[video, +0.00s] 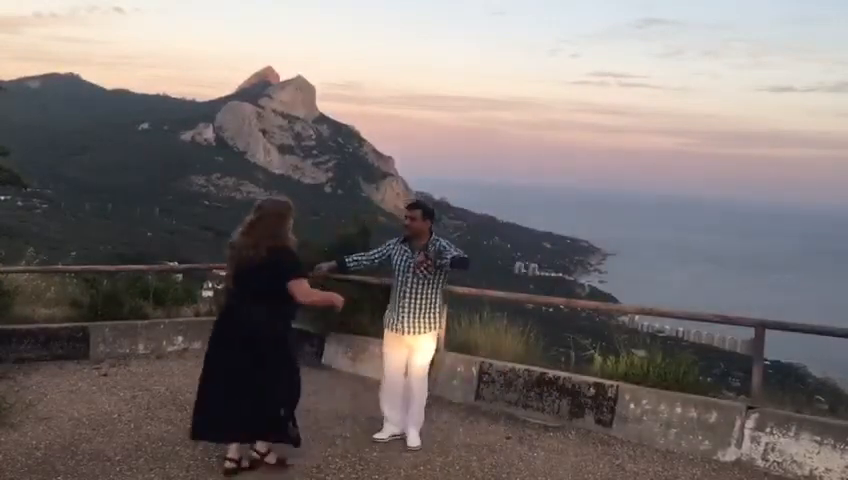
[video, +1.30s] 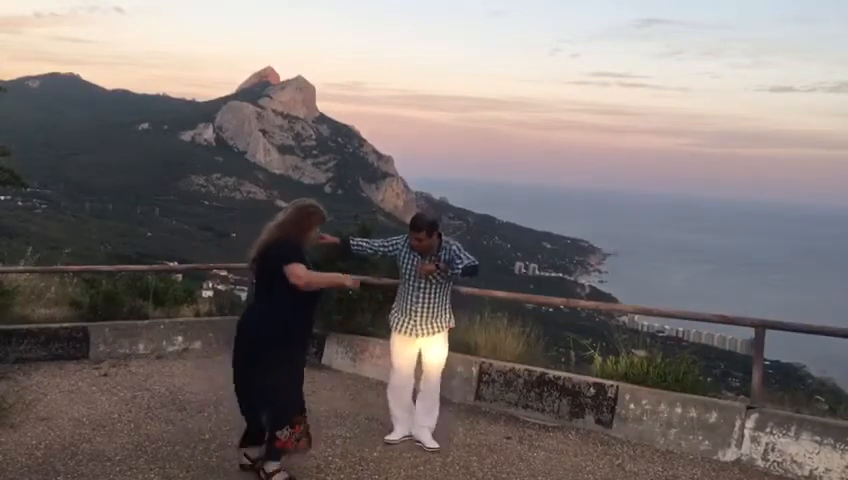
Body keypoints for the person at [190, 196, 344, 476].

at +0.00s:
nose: (292, 228)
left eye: (291, 222)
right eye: (290, 223)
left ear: (256, 220)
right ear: (282, 224)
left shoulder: (242, 251)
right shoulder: (282, 255)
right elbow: (302, 294)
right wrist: (331, 298)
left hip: (234, 333)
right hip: (267, 336)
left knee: (240, 390)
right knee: (273, 389)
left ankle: (233, 453)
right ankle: (262, 448)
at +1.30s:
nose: (317, 234)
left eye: (319, 229)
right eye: (317, 228)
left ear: (290, 219)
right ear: (305, 224)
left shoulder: (273, 245)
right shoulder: (287, 246)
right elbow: (299, 278)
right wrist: (342, 279)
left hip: (258, 334)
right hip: (278, 338)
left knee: (260, 392)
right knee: (285, 399)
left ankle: (250, 451)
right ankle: (272, 464)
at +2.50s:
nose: (346, 242)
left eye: (348, 237)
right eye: (343, 235)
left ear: (330, 234)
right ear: (326, 230)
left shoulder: (329, 266)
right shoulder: (298, 253)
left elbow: (335, 309)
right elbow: (294, 284)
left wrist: (358, 335)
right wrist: (332, 274)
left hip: (316, 352)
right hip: (283, 350)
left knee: (322, 412)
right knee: (290, 412)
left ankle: (295, 460)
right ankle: (285, 468)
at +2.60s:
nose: (346, 243)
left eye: (347, 237)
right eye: (342, 236)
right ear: (323, 233)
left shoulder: (334, 266)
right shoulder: (297, 257)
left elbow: (348, 305)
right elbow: (290, 286)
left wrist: (376, 329)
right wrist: (337, 282)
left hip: (322, 351)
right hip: (287, 350)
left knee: (331, 413)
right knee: (290, 407)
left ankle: (307, 456)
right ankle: (283, 458)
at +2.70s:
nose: (346, 237)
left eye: (349, 232)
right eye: (341, 230)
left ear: (352, 235)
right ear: (325, 228)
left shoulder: (346, 264)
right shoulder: (301, 254)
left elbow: (361, 293)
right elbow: (293, 290)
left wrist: (397, 310)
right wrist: (339, 297)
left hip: (327, 347)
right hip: (289, 347)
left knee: (332, 411)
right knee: (290, 411)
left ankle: (313, 458)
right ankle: (284, 466)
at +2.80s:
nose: (347, 233)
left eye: (351, 228)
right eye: (341, 226)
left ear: (355, 231)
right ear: (327, 224)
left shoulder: (352, 263)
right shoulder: (304, 252)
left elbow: (379, 284)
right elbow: (295, 294)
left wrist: (425, 287)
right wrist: (331, 316)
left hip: (333, 348)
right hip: (296, 345)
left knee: (328, 408)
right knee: (294, 407)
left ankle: (320, 467)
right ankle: (287, 467)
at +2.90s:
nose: (353, 232)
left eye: (355, 227)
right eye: (347, 225)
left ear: (356, 230)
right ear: (330, 225)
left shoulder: (357, 257)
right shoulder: (308, 255)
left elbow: (379, 277)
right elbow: (298, 303)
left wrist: (422, 273)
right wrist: (326, 333)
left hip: (341, 341)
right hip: (303, 338)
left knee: (330, 402)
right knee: (301, 399)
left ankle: (321, 463)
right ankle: (295, 464)